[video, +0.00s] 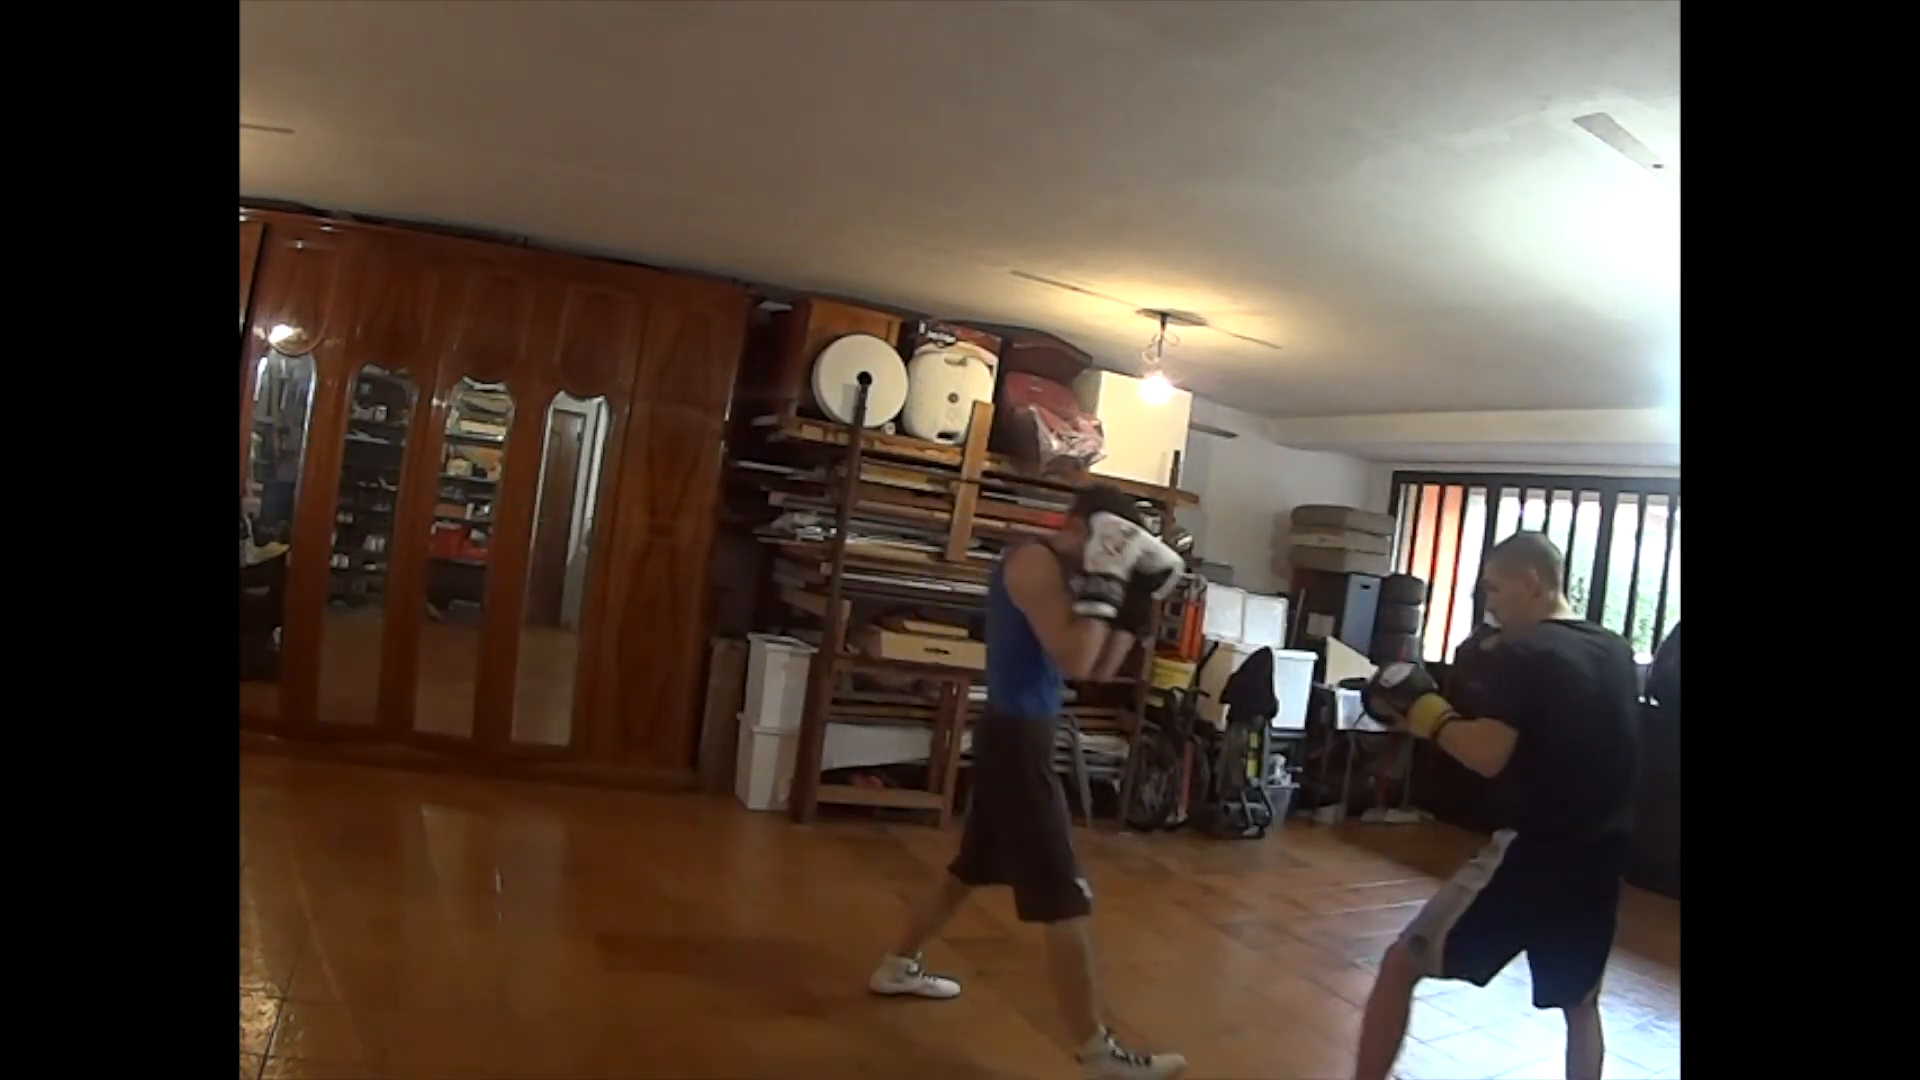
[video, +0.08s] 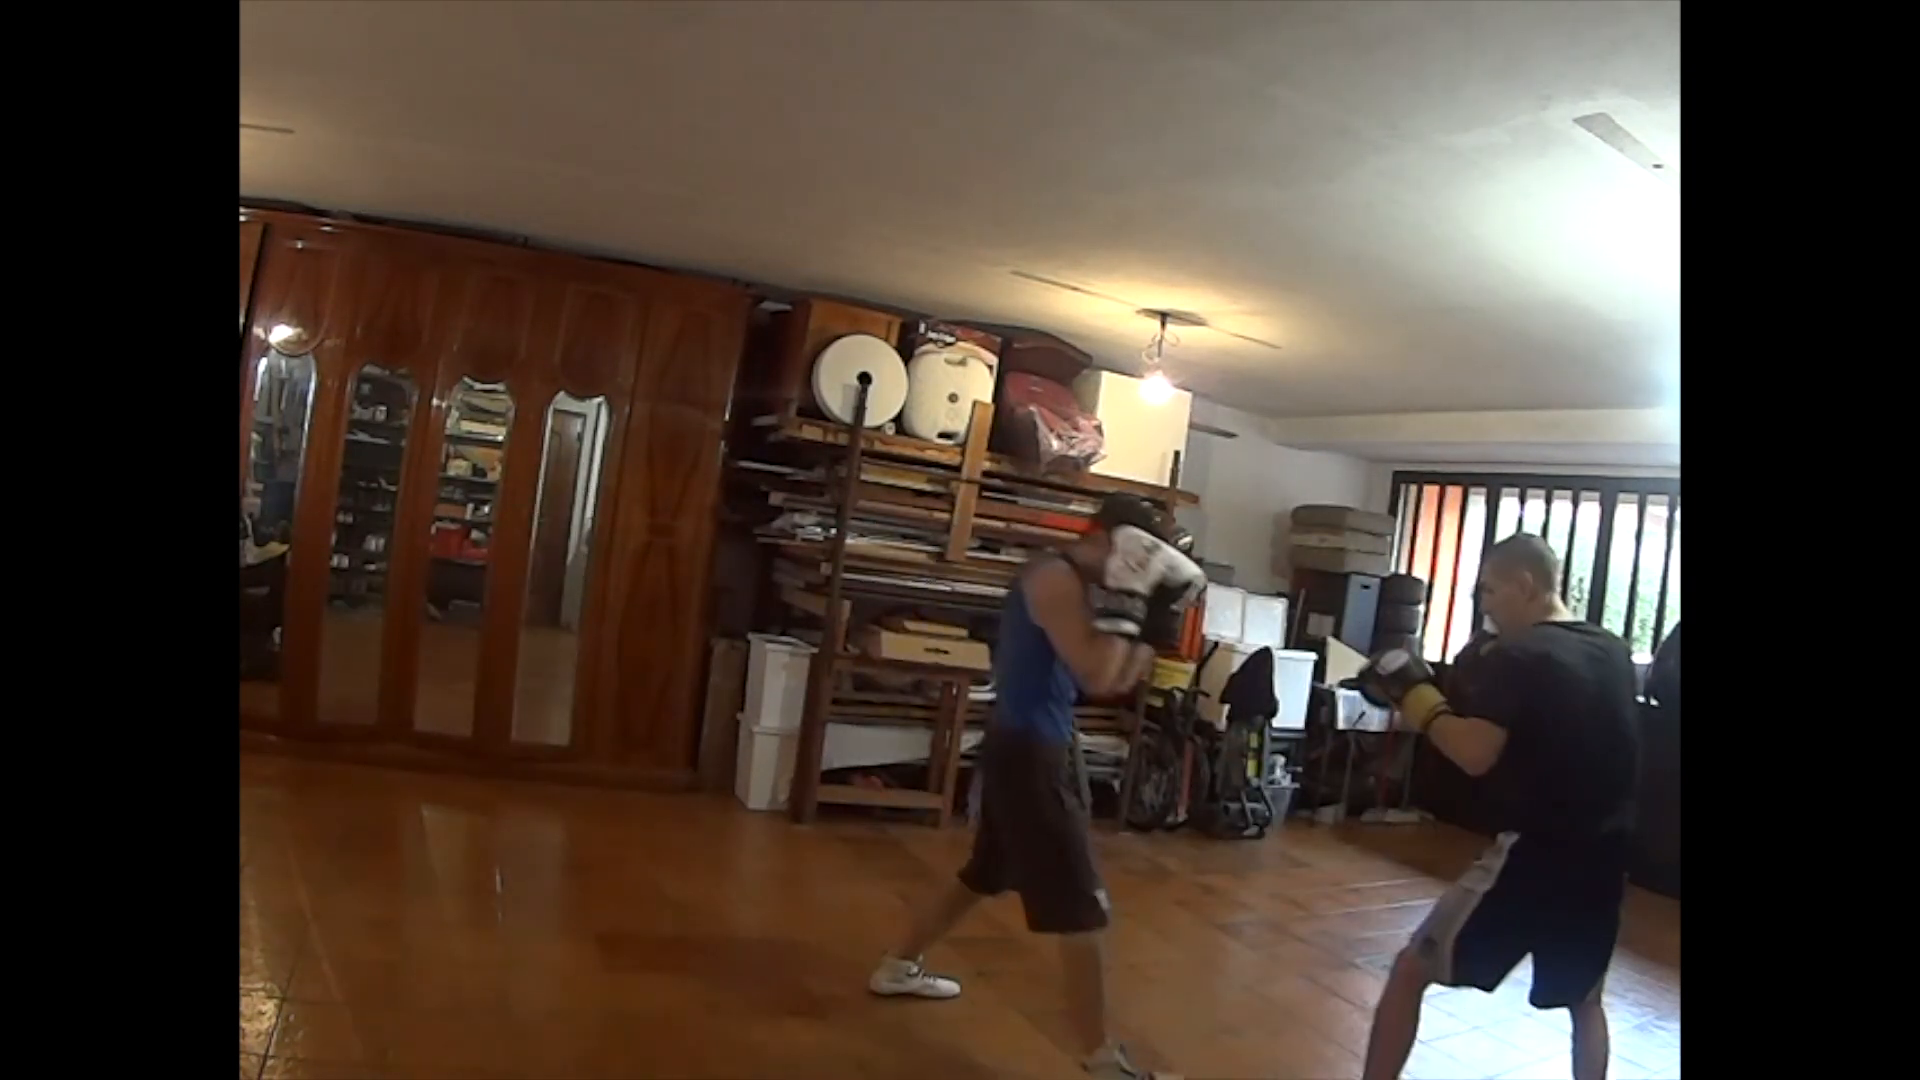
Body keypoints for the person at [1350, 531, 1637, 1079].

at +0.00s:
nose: (1488, 606)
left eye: (1492, 591)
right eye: (1486, 593)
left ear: (1532, 582)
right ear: (1550, 584)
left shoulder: (1520, 652)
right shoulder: (1614, 650)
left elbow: (1487, 753)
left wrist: (1425, 713)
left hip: (1526, 852)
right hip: (1598, 855)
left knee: (1401, 964)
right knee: (1583, 1005)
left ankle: (1366, 1076)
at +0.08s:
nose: (1485, 607)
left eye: (1488, 593)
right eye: (1483, 595)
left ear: (1525, 585)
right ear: (1549, 586)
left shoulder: (1515, 656)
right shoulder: (1612, 651)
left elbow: (1474, 752)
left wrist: (1413, 691)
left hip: (1528, 853)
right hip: (1602, 858)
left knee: (1411, 971)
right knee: (1588, 1001)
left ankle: (1376, 1076)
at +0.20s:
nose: (1490, 620)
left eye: (1495, 605)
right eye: (1487, 607)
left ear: (1534, 598)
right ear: (1549, 600)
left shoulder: (1521, 668)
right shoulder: (1617, 661)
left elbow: (1472, 757)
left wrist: (1421, 697)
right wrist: (1427, 703)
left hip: (1538, 860)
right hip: (1610, 861)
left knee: (1420, 975)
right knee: (1611, 999)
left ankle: (1379, 1078)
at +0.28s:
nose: (1510, 621)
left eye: (1514, 607)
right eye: (1509, 608)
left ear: (1551, 600)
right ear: (1571, 601)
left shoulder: (1545, 668)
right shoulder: (1635, 668)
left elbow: (1501, 764)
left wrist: (1442, 714)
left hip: (1552, 862)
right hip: (1622, 864)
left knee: (1429, 978)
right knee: (1626, 1007)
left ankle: (1382, 1077)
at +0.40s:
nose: (1553, 625)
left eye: (1559, 610)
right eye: (1552, 611)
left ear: (1598, 603)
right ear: (1606, 605)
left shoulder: (1593, 670)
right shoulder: (1669, 671)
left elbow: (1566, 767)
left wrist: (1492, 738)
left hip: (1592, 863)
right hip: (1655, 867)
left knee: (1462, 988)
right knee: (1641, 1014)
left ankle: (1396, 1076)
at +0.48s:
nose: (1568, 623)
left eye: (1574, 609)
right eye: (1566, 611)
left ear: (1614, 604)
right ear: (1623, 607)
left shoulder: (1606, 670)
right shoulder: (1670, 667)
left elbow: (1587, 764)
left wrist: (1508, 741)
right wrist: (1580, 668)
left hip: (1602, 862)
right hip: (1662, 868)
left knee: (1472, 989)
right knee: (1645, 1014)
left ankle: (1406, 1077)